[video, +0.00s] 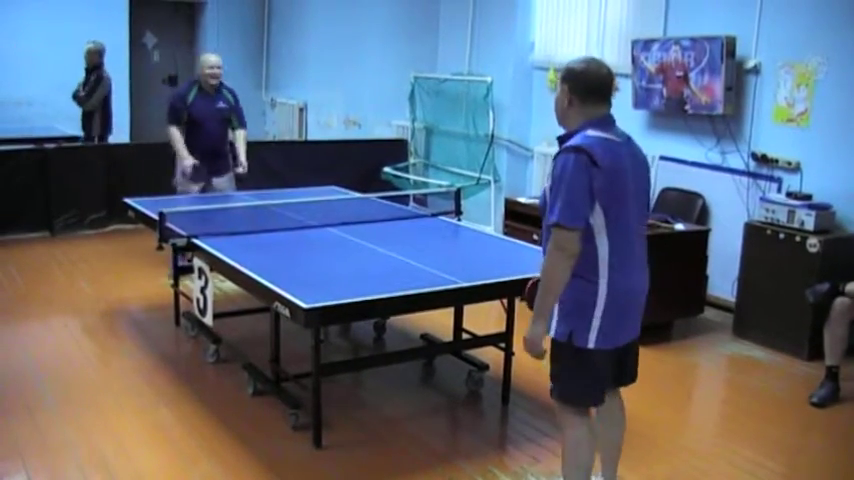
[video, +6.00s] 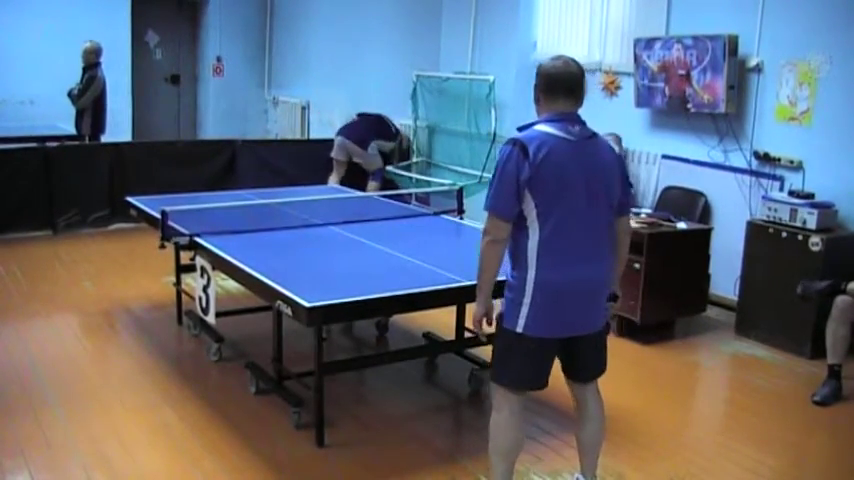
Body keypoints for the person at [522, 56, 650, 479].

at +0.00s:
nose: (555, 101)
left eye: (557, 92)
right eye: (556, 92)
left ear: (566, 96)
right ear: (606, 97)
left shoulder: (577, 155)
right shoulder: (629, 149)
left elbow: (564, 247)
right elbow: (628, 231)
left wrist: (539, 321)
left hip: (586, 311)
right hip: (625, 306)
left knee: (572, 408)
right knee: (608, 396)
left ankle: (576, 475)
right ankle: (608, 475)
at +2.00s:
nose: (604, 127)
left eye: (605, 119)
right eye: (606, 119)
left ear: (614, 119)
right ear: (650, 121)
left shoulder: (623, 166)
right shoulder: (670, 164)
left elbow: (591, 240)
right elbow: (668, 239)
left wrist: (548, 293)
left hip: (647, 311)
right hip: (686, 306)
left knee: (598, 404)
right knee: (668, 384)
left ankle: (595, 474)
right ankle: (678, 463)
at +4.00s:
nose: (560, 111)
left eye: (561, 105)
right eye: (563, 105)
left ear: (566, 107)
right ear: (605, 108)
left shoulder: (559, 155)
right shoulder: (635, 161)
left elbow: (540, 243)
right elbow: (645, 238)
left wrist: (541, 305)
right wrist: (620, 287)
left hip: (575, 308)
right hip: (627, 308)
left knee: (534, 403)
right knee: (624, 388)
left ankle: (509, 475)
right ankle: (632, 474)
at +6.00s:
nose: (534, 97)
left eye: (535, 91)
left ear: (537, 94)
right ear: (581, 96)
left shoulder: (522, 148)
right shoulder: (607, 151)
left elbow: (495, 234)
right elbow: (622, 226)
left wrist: (482, 297)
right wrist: (613, 283)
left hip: (534, 300)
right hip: (590, 298)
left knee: (506, 395)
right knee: (587, 387)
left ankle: (499, 475)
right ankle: (589, 474)